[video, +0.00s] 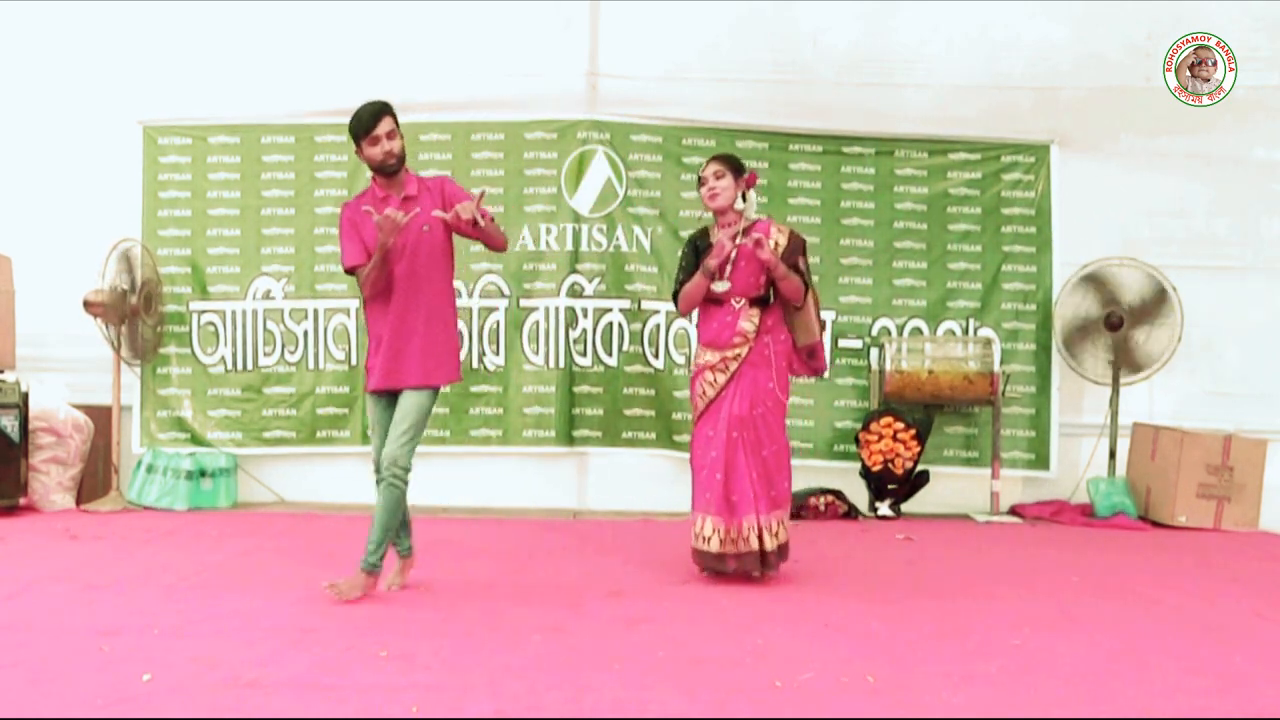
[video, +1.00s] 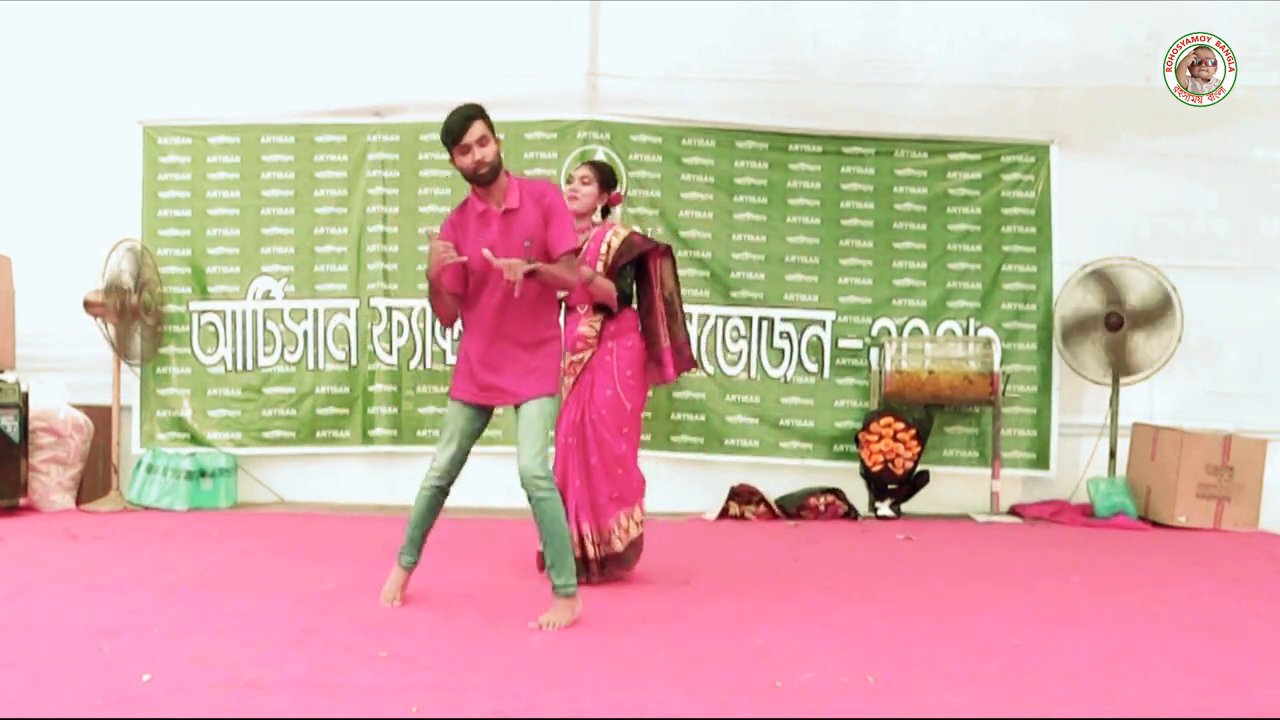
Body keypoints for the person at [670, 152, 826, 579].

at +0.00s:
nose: (709, 187)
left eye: (718, 179)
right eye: (703, 183)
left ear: (742, 184)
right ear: (700, 194)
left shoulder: (775, 237)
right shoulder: (699, 243)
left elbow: (798, 298)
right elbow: (683, 304)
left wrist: (772, 264)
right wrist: (712, 263)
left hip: (763, 351)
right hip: (715, 353)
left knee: (753, 437)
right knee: (713, 440)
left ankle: (757, 544)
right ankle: (720, 545)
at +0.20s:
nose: (692, 209)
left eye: (701, 200)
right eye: (686, 202)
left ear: (724, 207)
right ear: (682, 213)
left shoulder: (755, 254)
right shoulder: (682, 267)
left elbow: (785, 302)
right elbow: (676, 334)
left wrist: (756, 269)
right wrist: (696, 301)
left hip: (747, 365)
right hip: (701, 368)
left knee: (725, 442)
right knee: (679, 448)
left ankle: (725, 550)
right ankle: (686, 550)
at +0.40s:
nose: (654, 195)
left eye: (664, 188)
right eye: (650, 190)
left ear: (690, 194)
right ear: (646, 200)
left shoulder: (716, 233)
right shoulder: (651, 256)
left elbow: (757, 264)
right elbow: (649, 326)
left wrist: (719, 246)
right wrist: (662, 291)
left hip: (722, 345)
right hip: (677, 351)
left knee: (714, 436)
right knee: (673, 438)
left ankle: (719, 546)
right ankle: (682, 548)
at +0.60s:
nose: (625, 207)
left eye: (636, 200)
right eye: (622, 200)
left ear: (660, 208)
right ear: (618, 211)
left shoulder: (685, 243)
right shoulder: (626, 272)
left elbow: (717, 273)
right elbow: (628, 342)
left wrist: (680, 261)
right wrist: (634, 307)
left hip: (696, 351)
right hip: (655, 359)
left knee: (682, 437)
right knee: (632, 439)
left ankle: (687, 547)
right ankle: (644, 548)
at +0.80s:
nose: (600, 195)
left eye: (610, 190)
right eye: (596, 189)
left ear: (632, 202)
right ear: (591, 200)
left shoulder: (651, 239)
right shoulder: (596, 254)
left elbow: (653, 293)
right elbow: (590, 326)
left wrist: (609, 265)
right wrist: (586, 287)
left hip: (658, 350)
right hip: (621, 353)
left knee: (648, 441)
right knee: (602, 438)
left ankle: (657, 548)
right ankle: (609, 548)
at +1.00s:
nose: (574, 189)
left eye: (585, 183)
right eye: (570, 181)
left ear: (606, 195)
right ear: (562, 189)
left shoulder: (619, 238)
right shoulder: (564, 240)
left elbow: (618, 297)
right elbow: (552, 288)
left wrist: (580, 272)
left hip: (617, 342)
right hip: (578, 343)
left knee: (602, 433)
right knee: (570, 435)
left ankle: (617, 539)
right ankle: (576, 541)